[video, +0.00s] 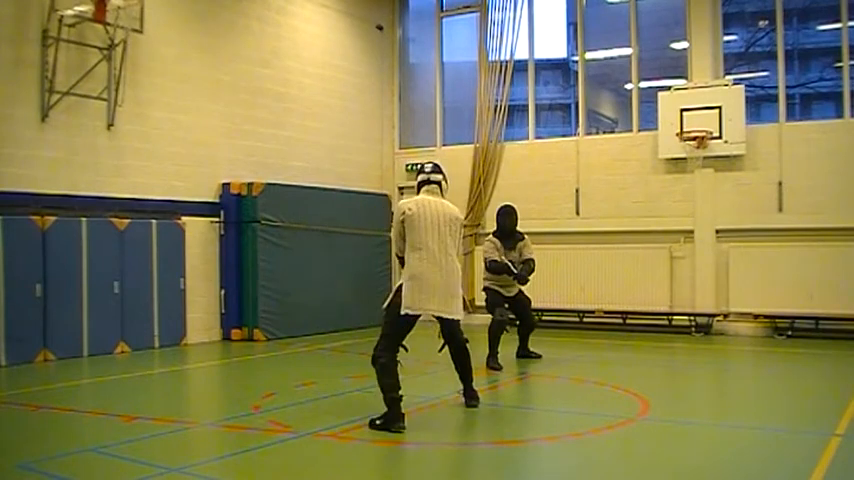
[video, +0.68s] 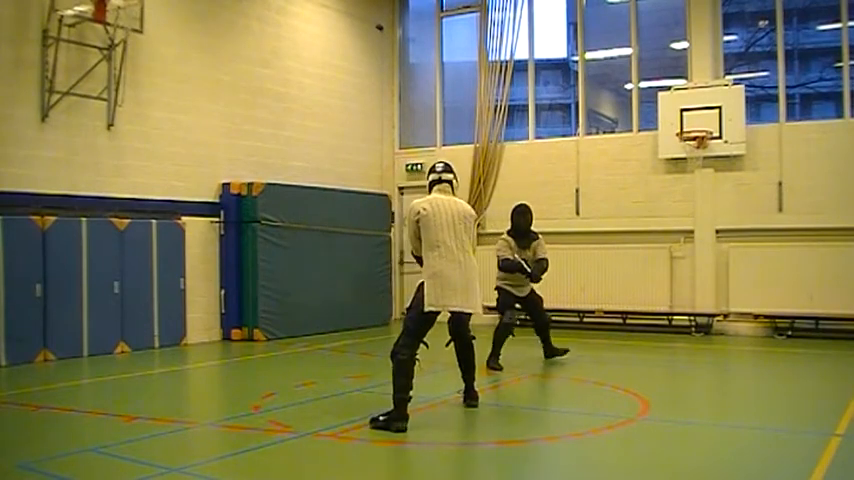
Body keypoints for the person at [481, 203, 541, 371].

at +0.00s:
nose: (509, 222)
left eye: (512, 218)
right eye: (505, 218)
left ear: (516, 220)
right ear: (498, 221)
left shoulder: (522, 240)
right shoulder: (491, 242)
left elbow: (529, 261)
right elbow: (491, 265)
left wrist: (524, 273)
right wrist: (509, 268)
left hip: (514, 289)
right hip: (494, 288)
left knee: (528, 320)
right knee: (500, 317)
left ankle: (523, 349)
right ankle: (493, 355)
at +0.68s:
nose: (523, 222)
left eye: (526, 218)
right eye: (519, 217)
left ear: (531, 220)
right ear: (512, 220)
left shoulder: (536, 240)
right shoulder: (505, 241)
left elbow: (542, 260)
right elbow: (503, 263)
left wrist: (536, 272)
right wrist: (521, 266)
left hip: (526, 289)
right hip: (506, 288)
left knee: (541, 318)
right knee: (508, 320)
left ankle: (548, 348)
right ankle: (494, 357)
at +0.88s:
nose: (538, 219)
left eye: (541, 215)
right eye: (534, 215)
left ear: (547, 218)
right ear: (528, 218)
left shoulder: (553, 238)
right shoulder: (521, 239)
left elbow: (558, 259)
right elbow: (518, 260)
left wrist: (549, 268)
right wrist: (531, 263)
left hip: (544, 288)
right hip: (524, 288)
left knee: (559, 319)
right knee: (519, 320)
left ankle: (553, 349)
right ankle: (500, 355)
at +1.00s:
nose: (545, 218)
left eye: (548, 214)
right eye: (541, 214)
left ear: (554, 216)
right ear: (536, 217)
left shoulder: (562, 236)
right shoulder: (530, 237)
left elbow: (568, 258)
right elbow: (526, 260)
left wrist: (557, 267)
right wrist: (544, 266)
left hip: (553, 286)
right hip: (534, 285)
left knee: (566, 321)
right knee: (533, 314)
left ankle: (553, 350)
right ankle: (516, 352)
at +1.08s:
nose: (550, 218)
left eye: (553, 214)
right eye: (546, 214)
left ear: (559, 215)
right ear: (540, 217)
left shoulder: (567, 235)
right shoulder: (535, 236)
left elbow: (573, 256)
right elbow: (531, 259)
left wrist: (562, 267)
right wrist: (549, 267)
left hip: (558, 285)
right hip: (539, 283)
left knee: (568, 323)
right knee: (540, 310)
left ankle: (554, 349)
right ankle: (533, 348)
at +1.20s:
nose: (556, 218)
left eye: (560, 214)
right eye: (553, 214)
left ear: (565, 215)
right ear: (546, 217)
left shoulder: (573, 235)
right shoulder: (541, 237)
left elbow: (579, 257)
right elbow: (536, 259)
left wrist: (565, 267)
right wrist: (553, 268)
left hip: (566, 287)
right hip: (547, 286)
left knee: (571, 324)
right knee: (551, 318)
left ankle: (553, 348)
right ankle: (554, 352)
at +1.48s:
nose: (571, 225)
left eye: (574, 221)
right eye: (567, 222)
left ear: (577, 220)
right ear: (560, 222)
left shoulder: (586, 236)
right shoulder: (553, 240)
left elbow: (593, 259)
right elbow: (549, 263)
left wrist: (580, 266)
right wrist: (562, 263)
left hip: (579, 286)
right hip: (560, 287)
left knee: (595, 317)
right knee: (566, 320)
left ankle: (575, 337)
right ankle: (561, 353)